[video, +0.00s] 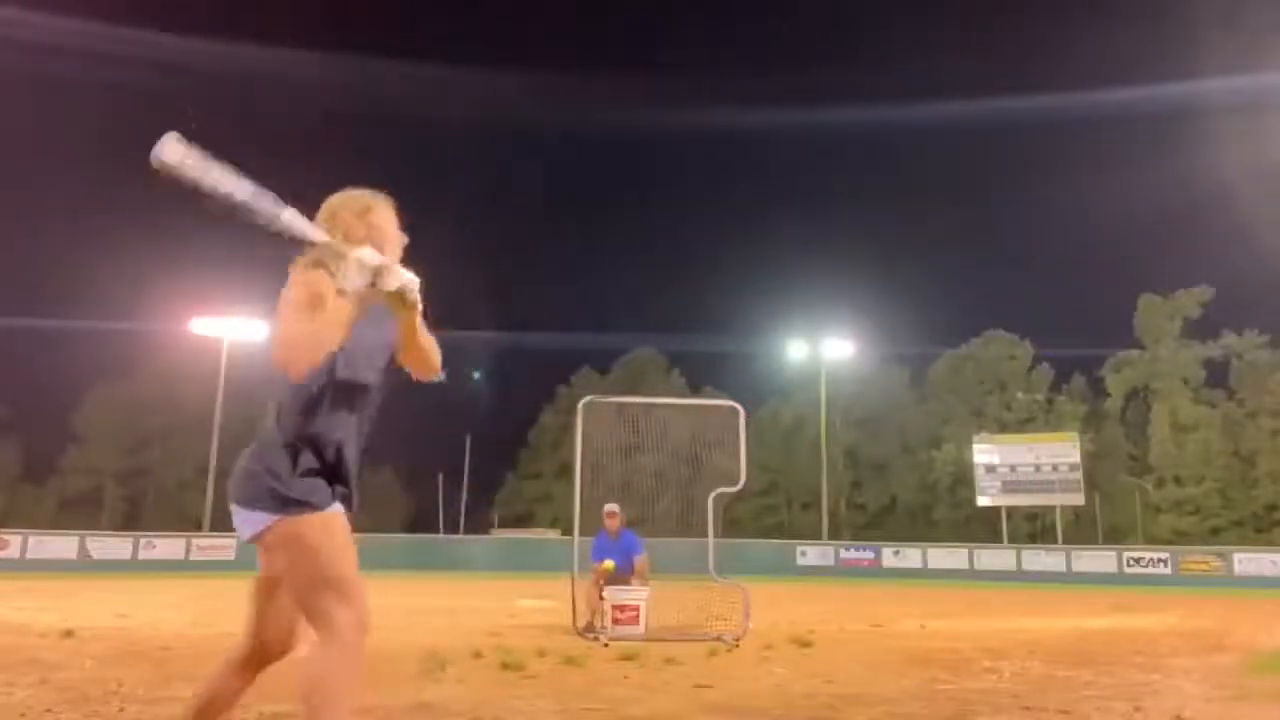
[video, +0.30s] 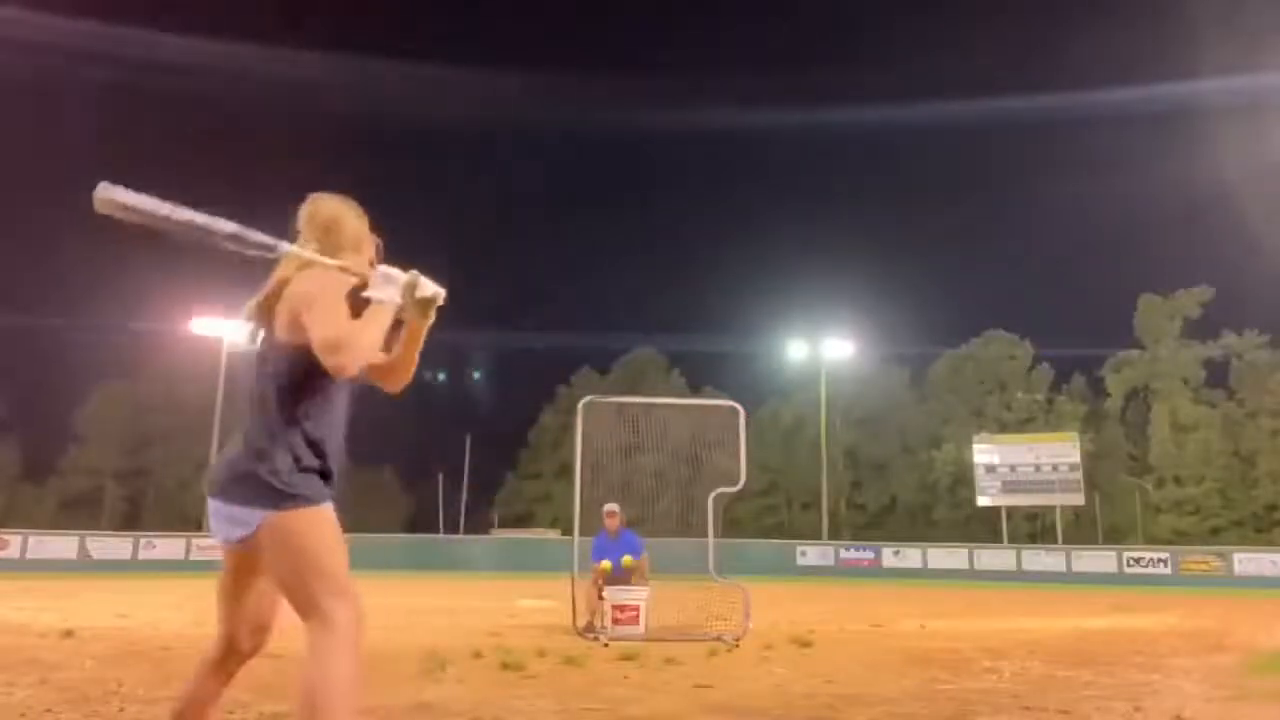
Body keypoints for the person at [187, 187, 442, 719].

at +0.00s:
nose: (401, 246)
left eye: (401, 236)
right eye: (391, 235)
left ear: (387, 248)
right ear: (355, 239)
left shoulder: (388, 303)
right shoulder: (311, 282)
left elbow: (427, 370)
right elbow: (295, 360)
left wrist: (408, 312)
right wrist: (352, 294)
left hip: (317, 485)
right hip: (282, 482)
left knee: (269, 640)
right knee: (344, 626)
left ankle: (198, 712)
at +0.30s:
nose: (375, 246)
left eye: (371, 236)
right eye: (368, 236)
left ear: (314, 240)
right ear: (349, 241)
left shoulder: (305, 289)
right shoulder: (320, 282)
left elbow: (394, 377)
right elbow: (344, 356)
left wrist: (418, 319)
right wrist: (386, 301)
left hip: (247, 482)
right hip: (282, 485)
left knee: (241, 637)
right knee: (337, 620)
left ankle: (183, 713)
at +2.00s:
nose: (430, 275)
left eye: (432, 266)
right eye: (430, 262)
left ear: (381, 247)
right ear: (414, 253)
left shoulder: (374, 309)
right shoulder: (360, 281)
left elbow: (427, 395)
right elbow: (382, 342)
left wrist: (478, 351)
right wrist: (452, 314)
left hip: (281, 480)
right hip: (307, 481)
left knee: (285, 637)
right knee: (374, 632)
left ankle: (199, 713)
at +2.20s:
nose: (454, 278)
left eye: (458, 270)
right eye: (455, 266)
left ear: (412, 256)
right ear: (438, 258)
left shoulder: (407, 321)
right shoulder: (376, 278)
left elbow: (431, 402)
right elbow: (377, 334)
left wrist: (477, 371)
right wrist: (463, 325)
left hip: (318, 482)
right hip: (309, 480)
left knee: (368, 634)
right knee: (390, 635)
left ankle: (272, 712)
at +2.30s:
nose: (472, 284)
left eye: (473, 273)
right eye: (471, 272)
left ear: (429, 263)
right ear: (457, 267)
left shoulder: (431, 330)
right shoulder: (387, 284)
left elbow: (441, 409)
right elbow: (361, 342)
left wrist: (474, 378)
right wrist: (456, 332)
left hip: (355, 487)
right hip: (311, 489)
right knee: (396, 634)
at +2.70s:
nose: (506, 331)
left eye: (506, 323)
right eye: (503, 320)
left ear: (486, 325)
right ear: (481, 312)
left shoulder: (482, 365)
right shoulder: (403, 331)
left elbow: (497, 404)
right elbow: (329, 329)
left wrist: (471, 345)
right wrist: (416, 312)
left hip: (418, 517)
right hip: (362, 515)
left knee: (470, 624)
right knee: (404, 641)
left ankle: (415, 701)